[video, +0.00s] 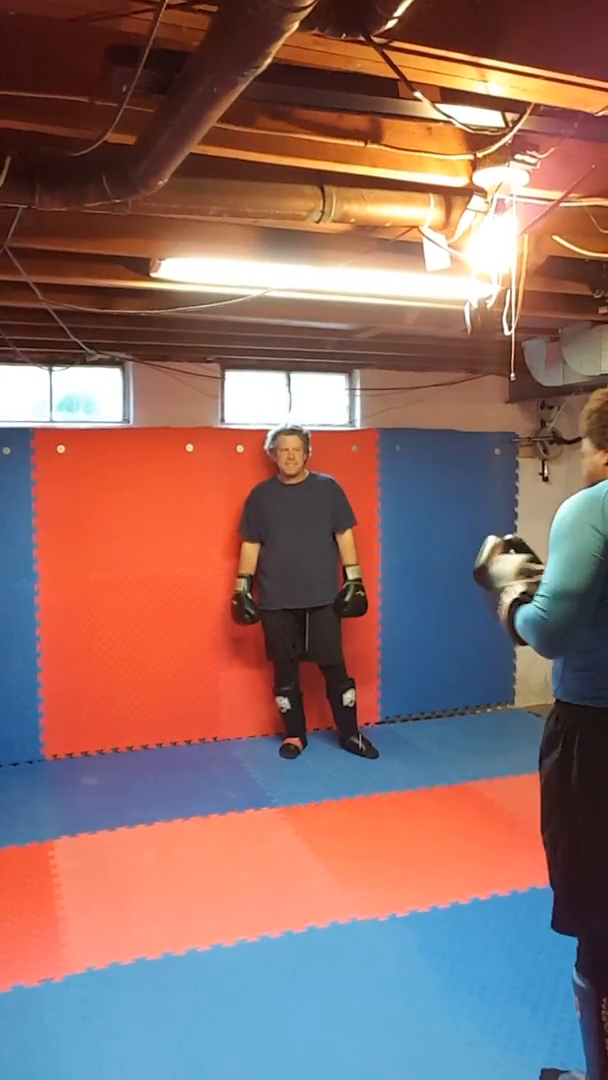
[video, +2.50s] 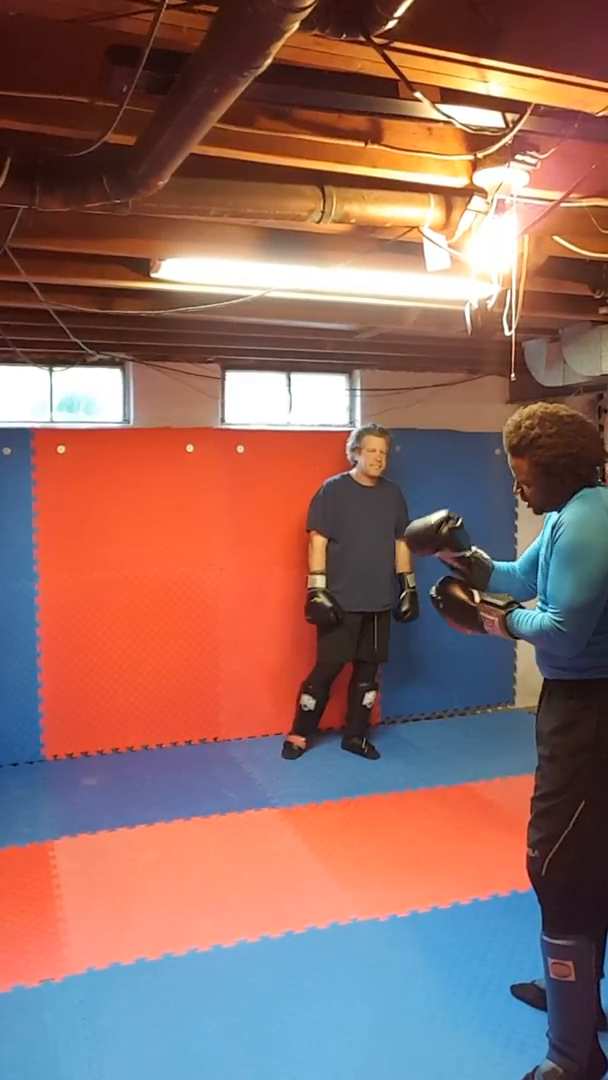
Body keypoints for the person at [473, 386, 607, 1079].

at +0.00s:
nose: (581, 455)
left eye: (585, 442)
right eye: (584, 442)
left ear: (599, 446)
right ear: (605, 446)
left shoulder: (591, 510)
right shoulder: (589, 512)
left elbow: (549, 630)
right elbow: (556, 626)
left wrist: (511, 586)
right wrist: (528, 581)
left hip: (595, 731)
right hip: (591, 727)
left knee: (596, 925)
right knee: (593, 919)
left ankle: (598, 1069)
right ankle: (596, 1065)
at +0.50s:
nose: (535, 478)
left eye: (539, 463)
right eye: (533, 465)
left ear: (573, 456)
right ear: (576, 457)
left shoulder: (587, 501)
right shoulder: (587, 499)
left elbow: (565, 605)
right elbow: (564, 602)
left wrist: (497, 597)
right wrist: (501, 604)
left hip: (578, 706)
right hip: (582, 700)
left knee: (564, 868)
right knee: (577, 847)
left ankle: (593, 1066)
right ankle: (577, 985)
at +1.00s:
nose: (519, 485)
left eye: (521, 470)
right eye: (515, 474)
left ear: (554, 457)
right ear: (558, 460)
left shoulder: (586, 496)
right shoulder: (577, 499)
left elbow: (551, 591)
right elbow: (555, 600)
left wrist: (483, 582)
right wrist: (489, 596)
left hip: (580, 703)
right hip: (571, 698)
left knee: (571, 872)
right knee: (572, 858)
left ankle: (580, 1057)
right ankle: (573, 987)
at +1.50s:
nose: (522, 483)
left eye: (525, 470)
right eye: (520, 471)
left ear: (556, 463)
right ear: (562, 462)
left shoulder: (589, 506)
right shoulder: (577, 506)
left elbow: (556, 605)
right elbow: (553, 594)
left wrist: (484, 594)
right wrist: (490, 582)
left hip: (579, 704)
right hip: (569, 697)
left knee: (561, 866)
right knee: (566, 854)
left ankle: (578, 1058)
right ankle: (572, 986)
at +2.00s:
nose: (523, 479)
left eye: (531, 467)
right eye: (522, 467)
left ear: (567, 464)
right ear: (561, 466)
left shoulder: (591, 517)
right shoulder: (569, 515)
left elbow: (586, 626)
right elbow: (527, 572)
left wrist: (515, 613)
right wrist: (466, 553)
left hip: (584, 718)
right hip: (568, 708)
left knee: (562, 868)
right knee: (562, 854)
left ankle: (576, 1057)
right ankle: (575, 984)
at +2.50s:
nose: (515, 482)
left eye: (521, 470)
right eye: (512, 470)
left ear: (555, 466)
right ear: (556, 466)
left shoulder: (584, 519)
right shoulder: (567, 514)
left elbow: (563, 624)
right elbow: (518, 580)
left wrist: (504, 616)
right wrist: (466, 557)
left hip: (584, 714)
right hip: (572, 705)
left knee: (563, 867)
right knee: (565, 854)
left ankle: (575, 1057)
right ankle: (575, 986)